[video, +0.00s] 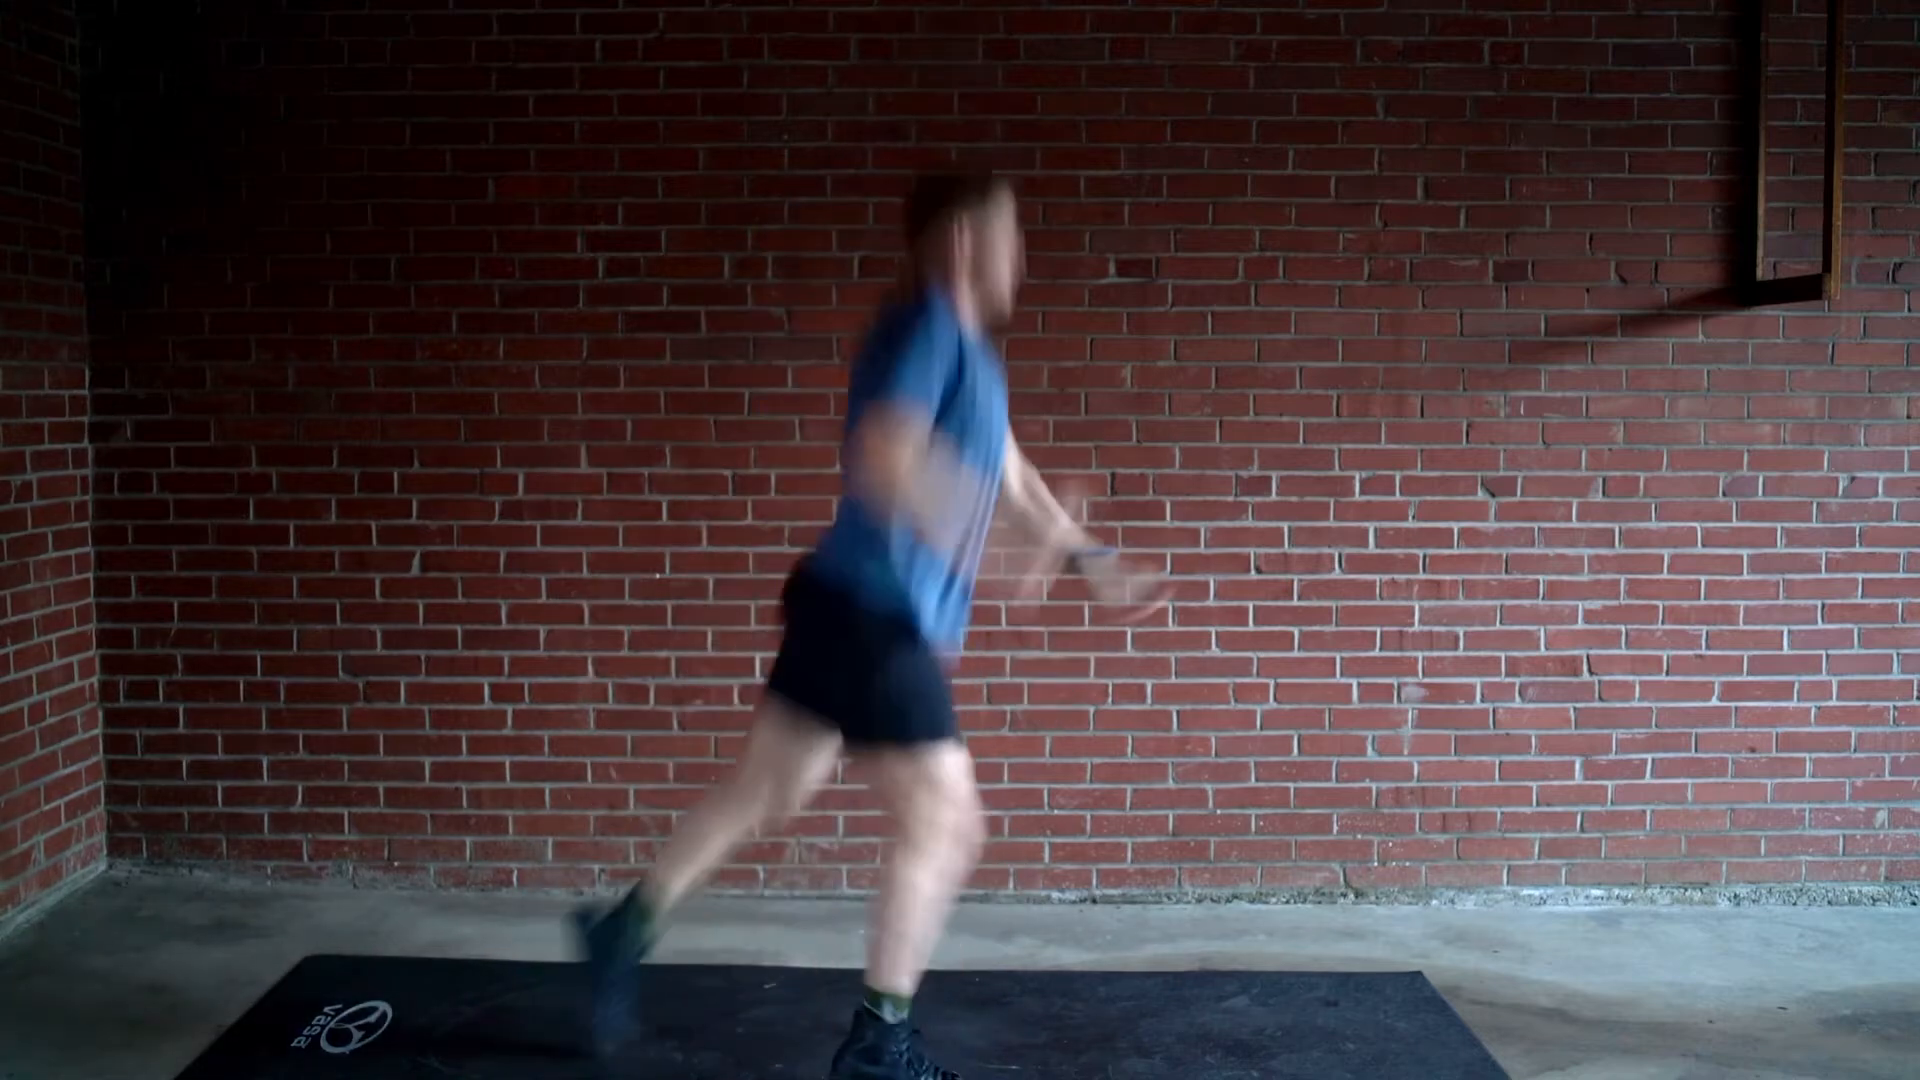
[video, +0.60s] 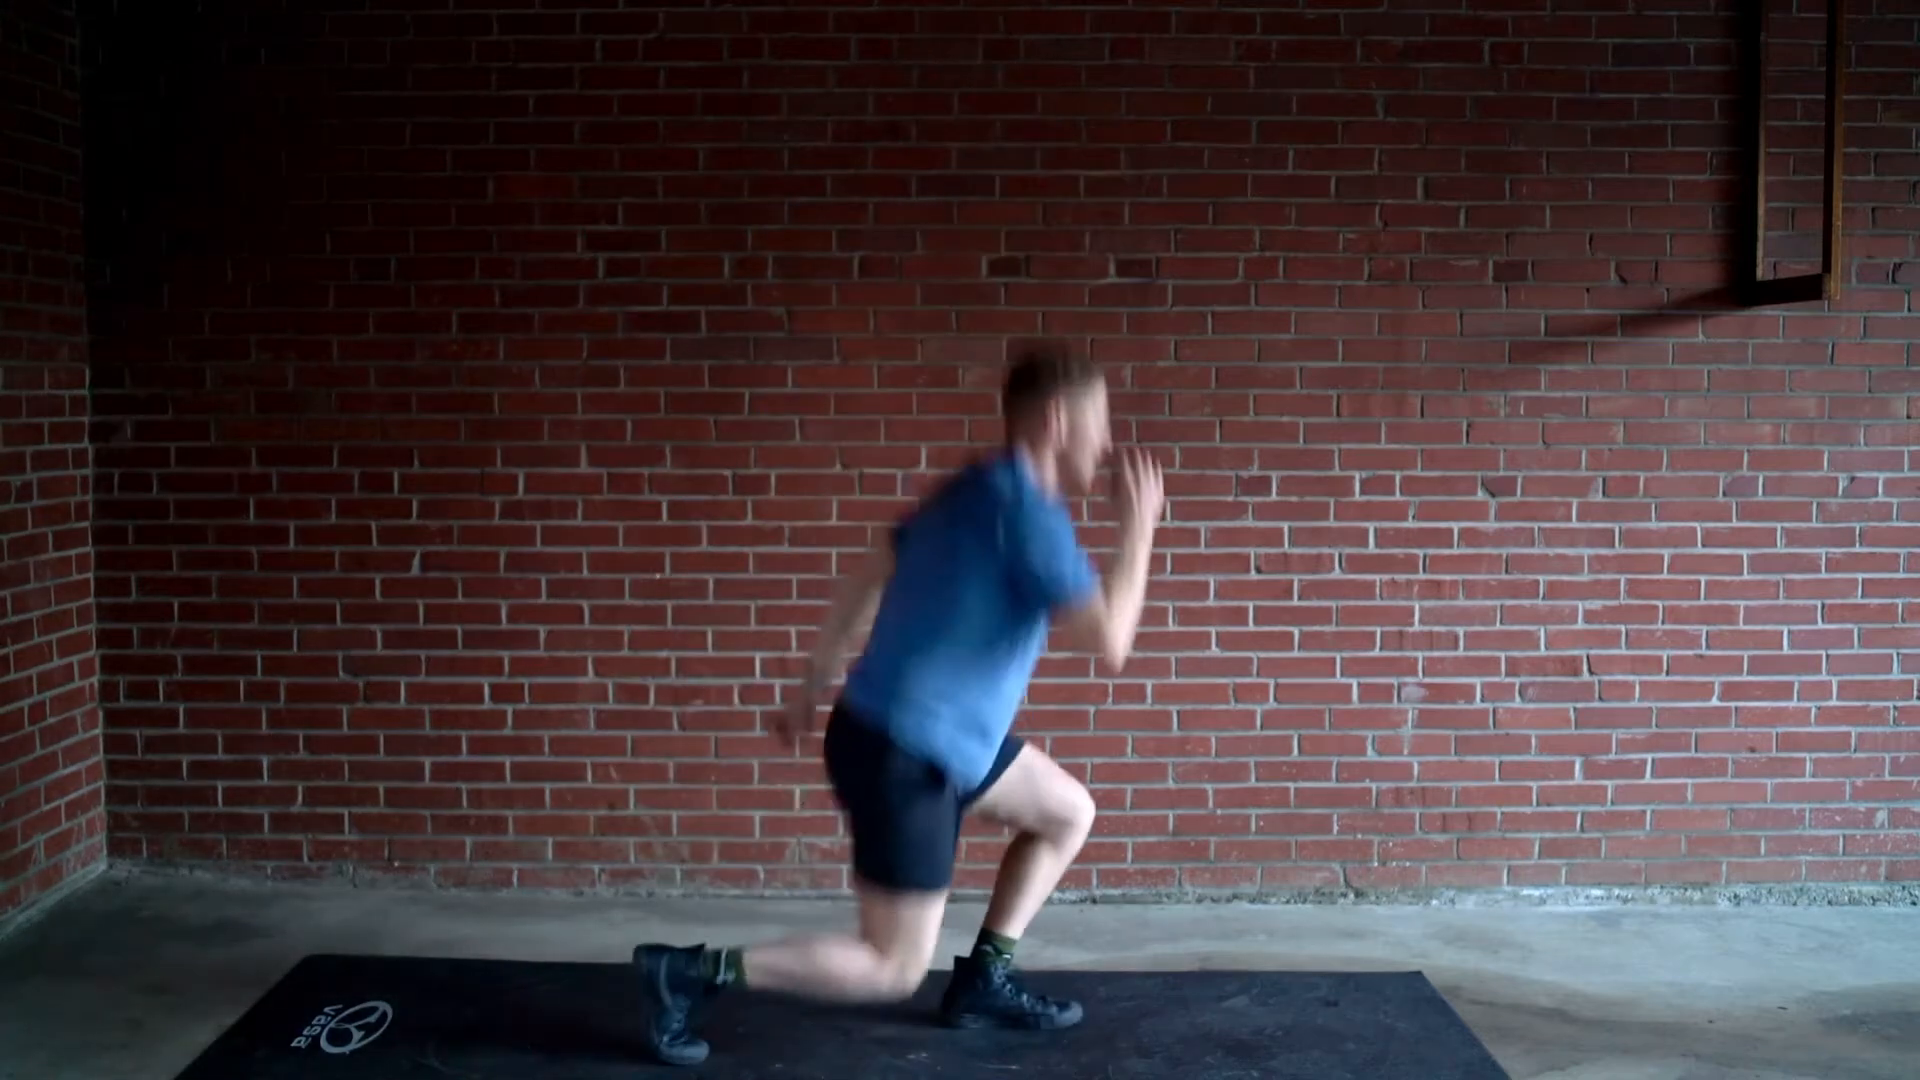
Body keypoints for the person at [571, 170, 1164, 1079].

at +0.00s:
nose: (1019, 254)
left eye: (1017, 234)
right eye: (1005, 234)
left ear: (979, 243)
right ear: (956, 241)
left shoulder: (973, 355)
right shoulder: (925, 332)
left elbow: (1010, 473)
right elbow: (881, 454)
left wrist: (1091, 560)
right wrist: (980, 535)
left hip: (857, 606)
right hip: (869, 611)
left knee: (768, 787)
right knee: (944, 822)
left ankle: (626, 921)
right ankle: (880, 1035)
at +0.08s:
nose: (1015, 180)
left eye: (1014, 161)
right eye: (1001, 161)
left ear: (974, 169)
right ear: (951, 165)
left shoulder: (973, 274)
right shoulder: (921, 251)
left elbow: (949, 410)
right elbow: (942, 365)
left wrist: (977, 529)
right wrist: (1082, 353)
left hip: (911, 534)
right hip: (884, 530)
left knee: (788, 725)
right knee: (867, 765)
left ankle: (688, 880)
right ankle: (863, 971)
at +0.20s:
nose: (1037, 135)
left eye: (1034, 118)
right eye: (1024, 117)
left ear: (973, 123)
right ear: (977, 121)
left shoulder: (959, 208)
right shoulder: (943, 205)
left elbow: (1044, 289)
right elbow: (1046, 293)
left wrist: (1086, 213)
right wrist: (1102, 200)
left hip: (932, 486)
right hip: (907, 484)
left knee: (887, 700)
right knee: (864, 701)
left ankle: (810, 877)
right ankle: (747, 882)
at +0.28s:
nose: (1053, 149)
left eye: (1051, 132)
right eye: (1041, 132)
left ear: (989, 135)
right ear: (993, 131)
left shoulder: (948, 218)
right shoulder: (970, 216)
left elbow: (874, 351)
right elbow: (1083, 305)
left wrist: (836, 458)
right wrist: (1103, 200)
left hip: (934, 497)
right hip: (915, 498)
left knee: (937, 705)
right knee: (864, 718)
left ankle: (891, 899)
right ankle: (700, 862)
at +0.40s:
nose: (1067, 235)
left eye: (1068, 217)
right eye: (1051, 216)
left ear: (1023, 223)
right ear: (1005, 216)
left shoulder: (950, 298)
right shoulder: (1003, 298)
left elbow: (869, 401)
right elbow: (1105, 407)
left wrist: (808, 506)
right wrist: (1121, 291)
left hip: (947, 575)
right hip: (921, 573)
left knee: (997, 758)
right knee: (859, 782)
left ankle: (986, 954)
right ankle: (681, 910)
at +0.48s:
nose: (1085, 318)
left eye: (1086, 300)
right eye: (1073, 300)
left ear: (1018, 305)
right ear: (1027, 301)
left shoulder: (961, 382)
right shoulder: (1016, 389)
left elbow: (862, 480)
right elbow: (1109, 515)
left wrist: (802, 580)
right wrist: (1129, 387)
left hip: (955, 656)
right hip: (920, 656)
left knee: (1044, 800)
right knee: (881, 869)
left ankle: (984, 979)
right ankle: (685, 963)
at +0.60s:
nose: (1108, 436)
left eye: (1106, 417)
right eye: (1097, 417)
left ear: (1037, 418)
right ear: (1055, 418)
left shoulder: (975, 489)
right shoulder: (1024, 510)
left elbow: (876, 567)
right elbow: (1112, 642)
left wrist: (819, 677)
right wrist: (1142, 525)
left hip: (936, 732)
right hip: (901, 743)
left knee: (1068, 813)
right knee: (892, 968)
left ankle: (986, 979)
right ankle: (693, 973)